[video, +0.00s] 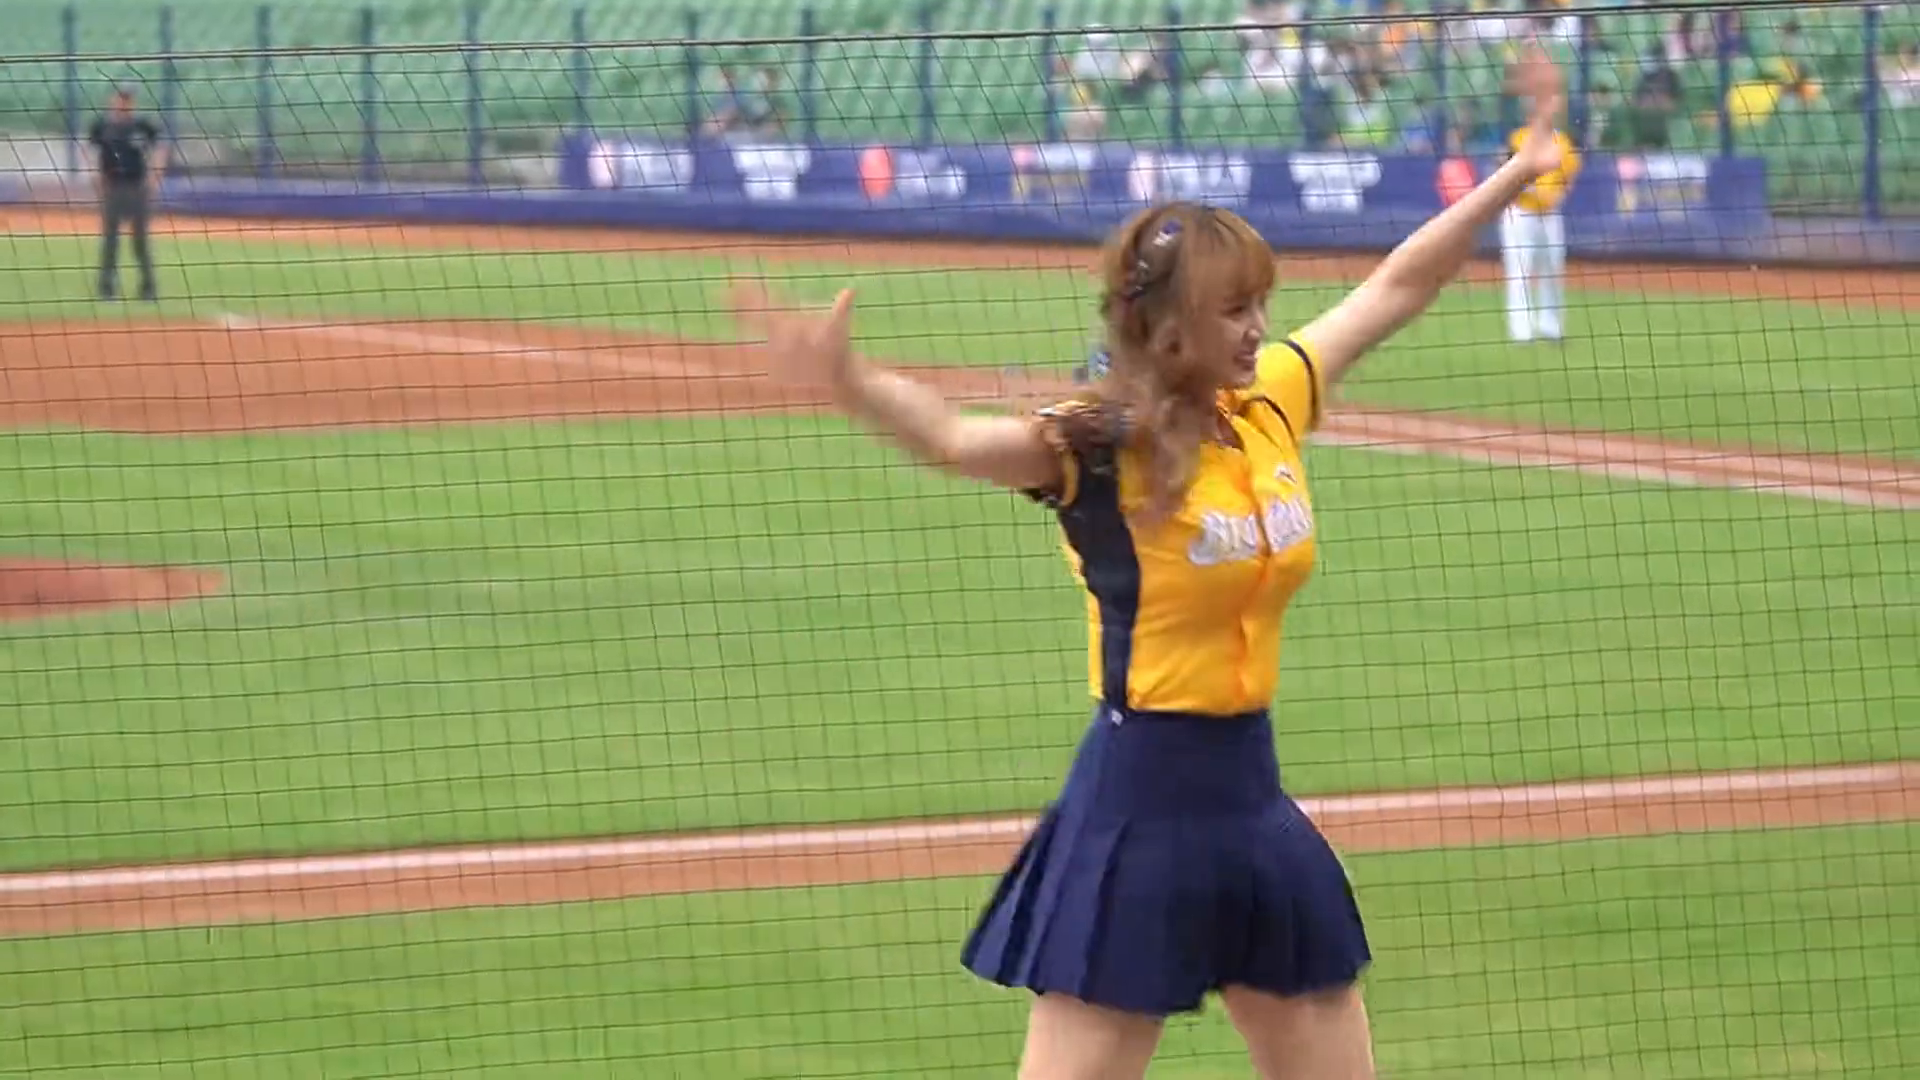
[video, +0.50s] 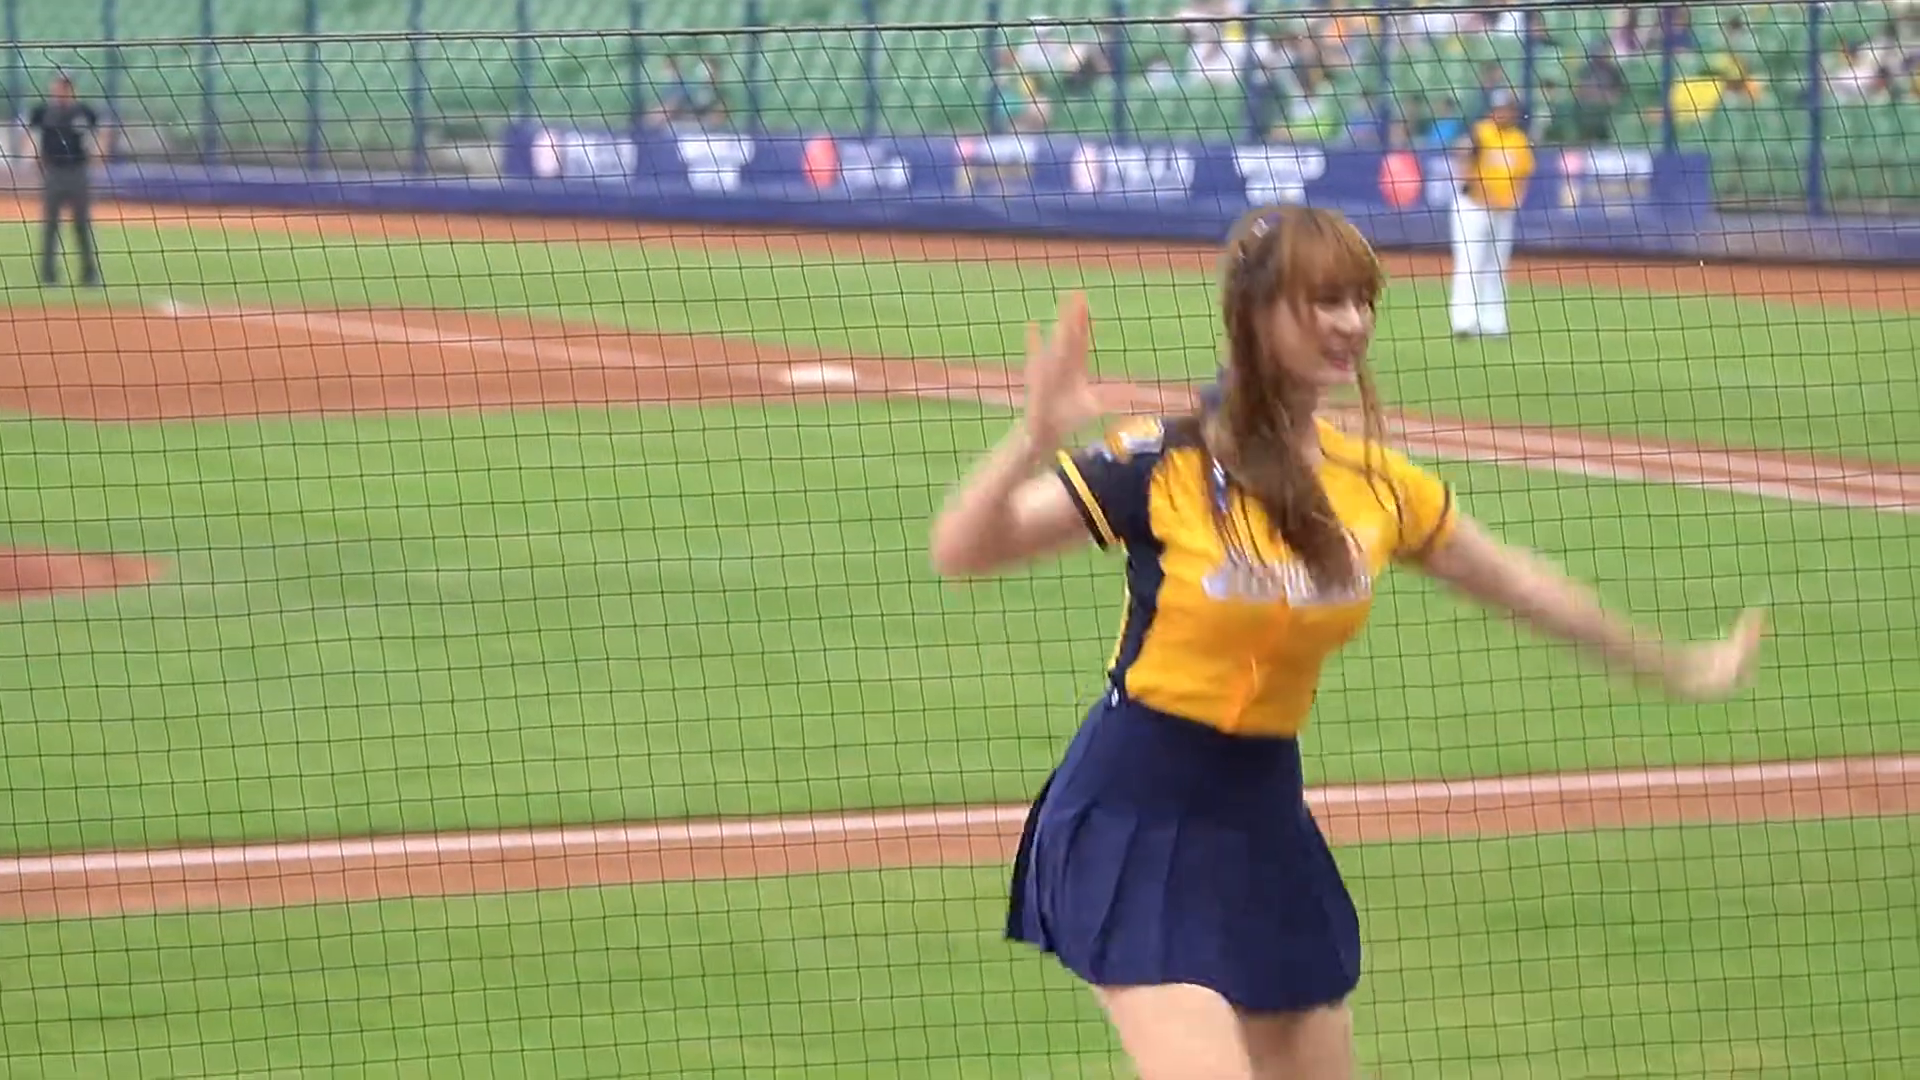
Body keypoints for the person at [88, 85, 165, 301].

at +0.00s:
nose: (123, 113)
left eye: (127, 108)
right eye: (119, 108)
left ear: (133, 108)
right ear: (112, 107)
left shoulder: (142, 127)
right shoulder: (103, 128)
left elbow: (160, 150)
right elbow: (90, 154)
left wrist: (155, 176)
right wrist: (98, 181)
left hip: (138, 188)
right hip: (112, 188)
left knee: (140, 240)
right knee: (110, 240)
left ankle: (148, 284)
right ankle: (106, 285)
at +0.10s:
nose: (110, 110)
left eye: (114, 106)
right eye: (106, 105)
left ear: (120, 105)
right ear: (98, 105)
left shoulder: (129, 123)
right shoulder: (91, 123)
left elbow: (149, 145)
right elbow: (75, 147)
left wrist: (143, 172)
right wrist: (83, 172)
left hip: (126, 184)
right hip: (100, 184)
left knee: (129, 236)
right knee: (98, 236)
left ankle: (136, 281)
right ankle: (95, 281)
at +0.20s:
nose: (99, 106)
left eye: (102, 101)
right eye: (95, 101)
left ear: (108, 101)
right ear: (88, 101)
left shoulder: (116, 119)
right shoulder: (78, 119)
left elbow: (137, 140)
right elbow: (63, 142)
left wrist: (135, 163)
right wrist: (71, 165)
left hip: (113, 179)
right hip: (88, 179)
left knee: (118, 231)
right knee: (87, 231)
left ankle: (125, 277)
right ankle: (83, 277)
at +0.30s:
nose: (87, 105)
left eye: (91, 100)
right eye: (83, 100)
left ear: (97, 99)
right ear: (76, 99)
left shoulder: (106, 117)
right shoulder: (66, 117)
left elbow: (122, 138)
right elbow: (51, 140)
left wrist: (126, 160)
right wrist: (60, 163)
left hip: (101, 177)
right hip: (76, 176)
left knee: (106, 229)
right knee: (75, 228)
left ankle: (113, 276)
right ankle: (72, 275)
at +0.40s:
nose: (74, 99)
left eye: (78, 94)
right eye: (71, 94)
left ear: (84, 95)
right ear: (64, 94)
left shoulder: (93, 113)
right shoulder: (56, 114)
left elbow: (112, 133)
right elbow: (39, 136)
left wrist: (113, 155)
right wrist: (48, 159)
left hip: (89, 174)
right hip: (65, 174)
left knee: (93, 225)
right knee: (63, 225)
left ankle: (100, 272)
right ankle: (60, 273)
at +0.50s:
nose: (62, 98)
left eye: (66, 93)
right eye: (59, 93)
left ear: (72, 93)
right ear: (52, 92)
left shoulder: (81, 111)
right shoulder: (44, 111)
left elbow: (100, 130)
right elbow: (27, 134)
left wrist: (100, 152)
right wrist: (35, 157)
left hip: (77, 172)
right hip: (53, 172)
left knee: (82, 223)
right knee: (50, 223)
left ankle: (89, 270)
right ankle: (48, 271)